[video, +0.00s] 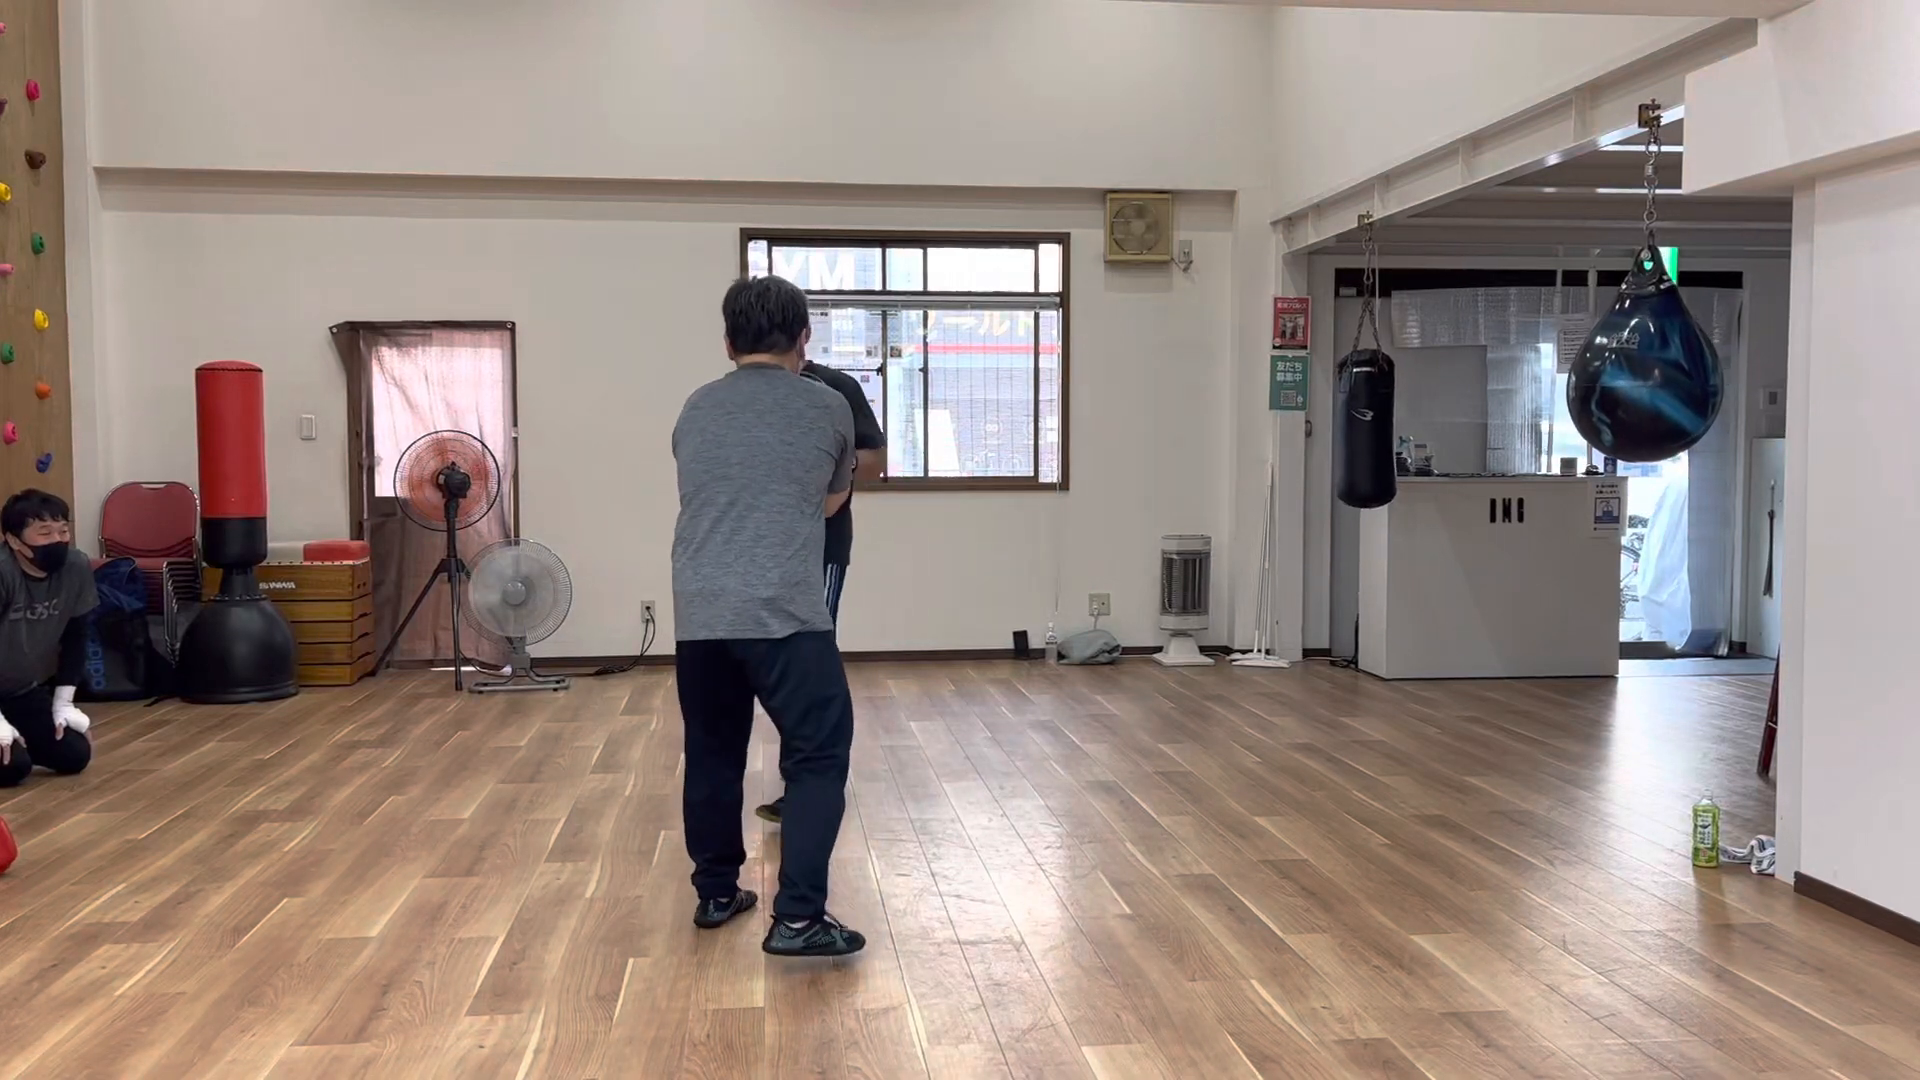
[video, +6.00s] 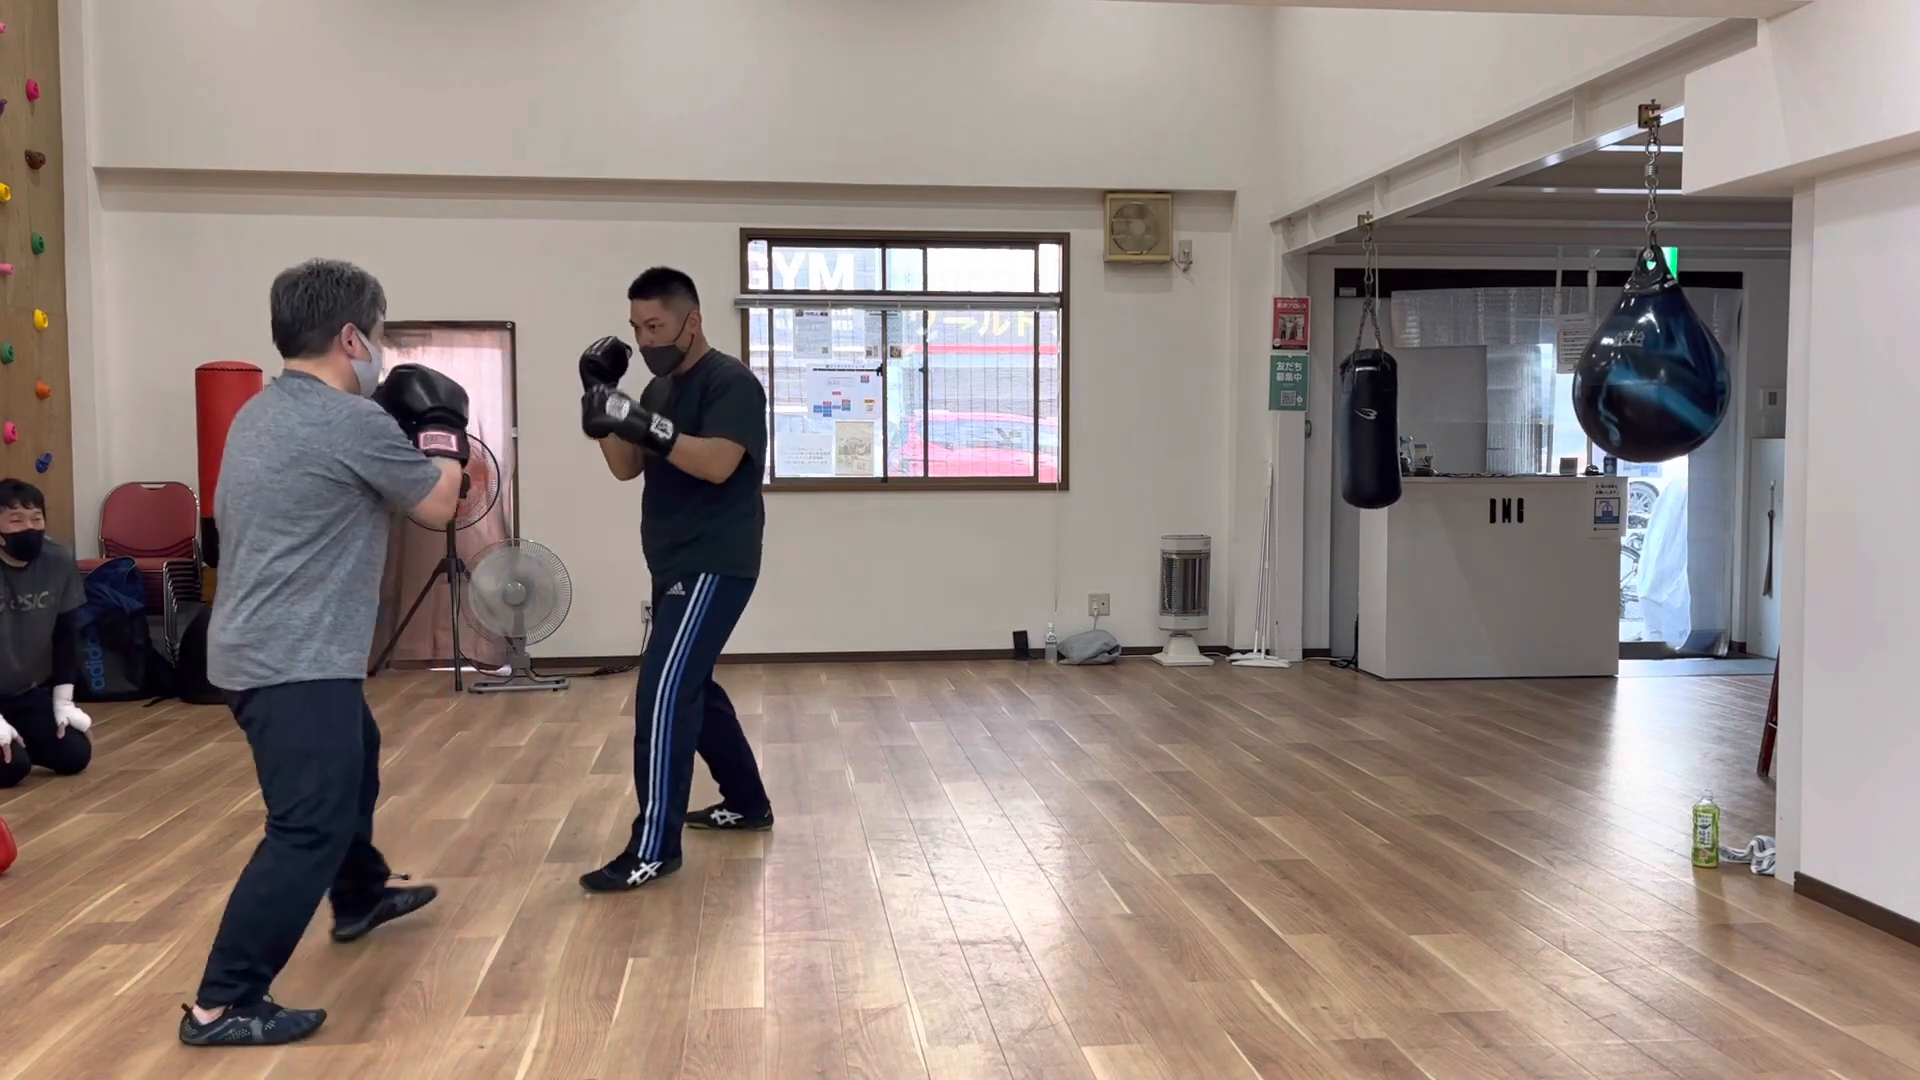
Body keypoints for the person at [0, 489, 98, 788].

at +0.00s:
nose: (58, 541)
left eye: (63, 531)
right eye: (45, 533)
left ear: (70, 531)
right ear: (13, 540)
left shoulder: (75, 567)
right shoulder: (4, 574)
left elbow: (76, 638)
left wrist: (63, 701)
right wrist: (2, 721)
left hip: (27, 690)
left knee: (74, 756)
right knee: (14, 766)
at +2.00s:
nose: (64, 552)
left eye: (70, 542)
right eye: (52, 544)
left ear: (77, 540)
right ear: (21, 545)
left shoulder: (79, 570)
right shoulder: (6, 573)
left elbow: (78, 639)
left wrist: (64, 700)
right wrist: (1, 721)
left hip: (27, 690)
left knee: (74, 756)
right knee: (14, 766)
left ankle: (13, 741)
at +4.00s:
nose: (50, 535)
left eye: (56, 525)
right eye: (37, 528)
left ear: (64, 527)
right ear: (8, 536)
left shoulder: (73, 564)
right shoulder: (2, 571)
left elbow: (73, 638)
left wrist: (63, 702)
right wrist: (0, 720)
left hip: (28, 691)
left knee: (74, 756)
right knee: (12, 766)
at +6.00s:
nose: (29, 528)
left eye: (36, 519)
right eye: (16, 520)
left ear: (44, 521)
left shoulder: (59, 561)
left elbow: (66, 634)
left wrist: (63, 700)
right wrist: (0, 721)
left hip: (31, 692)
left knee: (74, 756)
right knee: (13, 767)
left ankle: (15, 732)